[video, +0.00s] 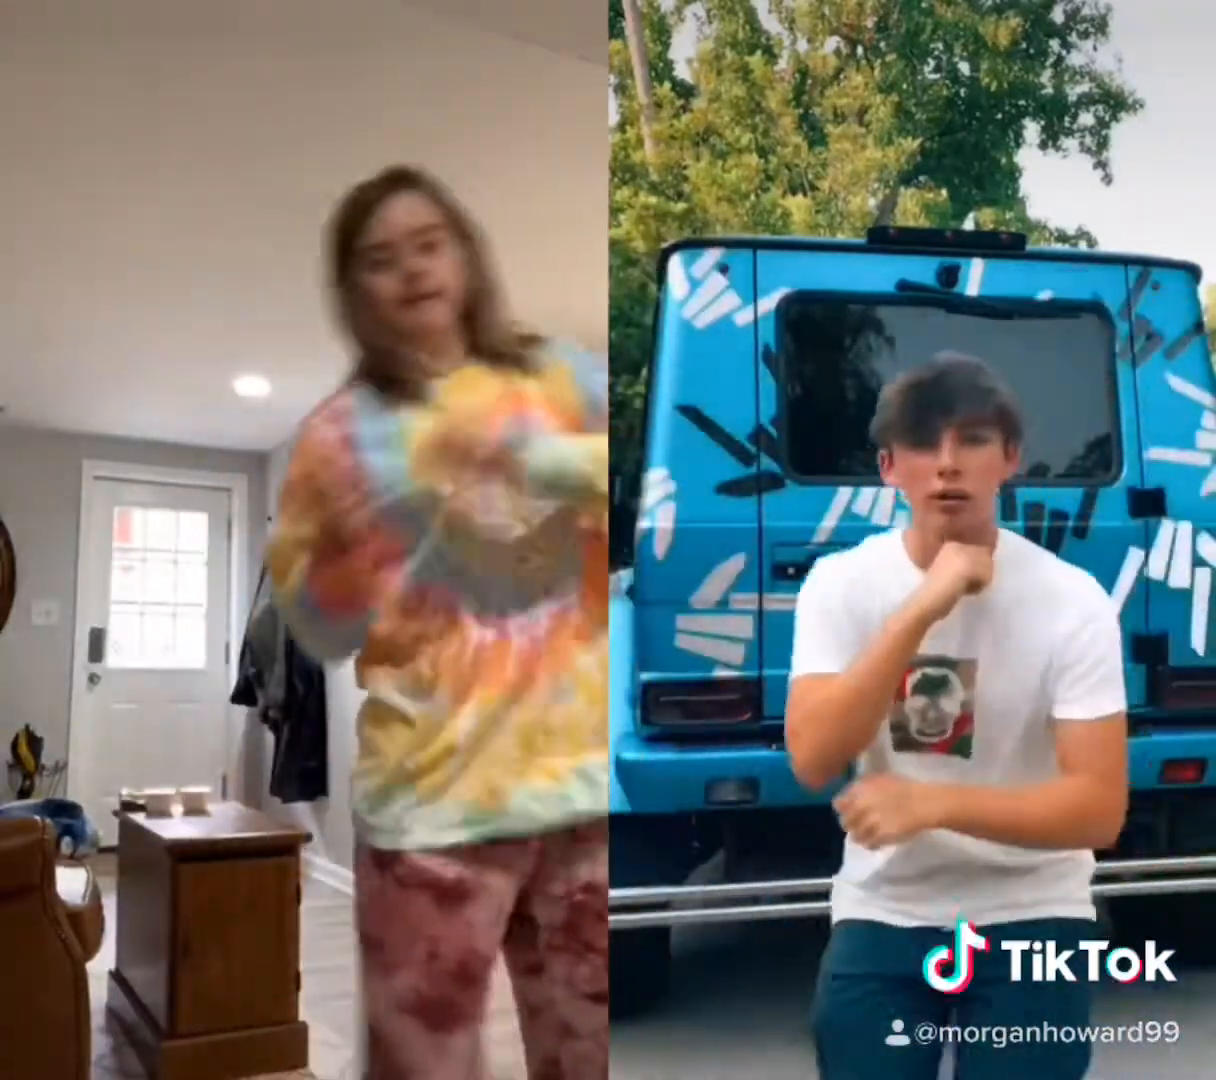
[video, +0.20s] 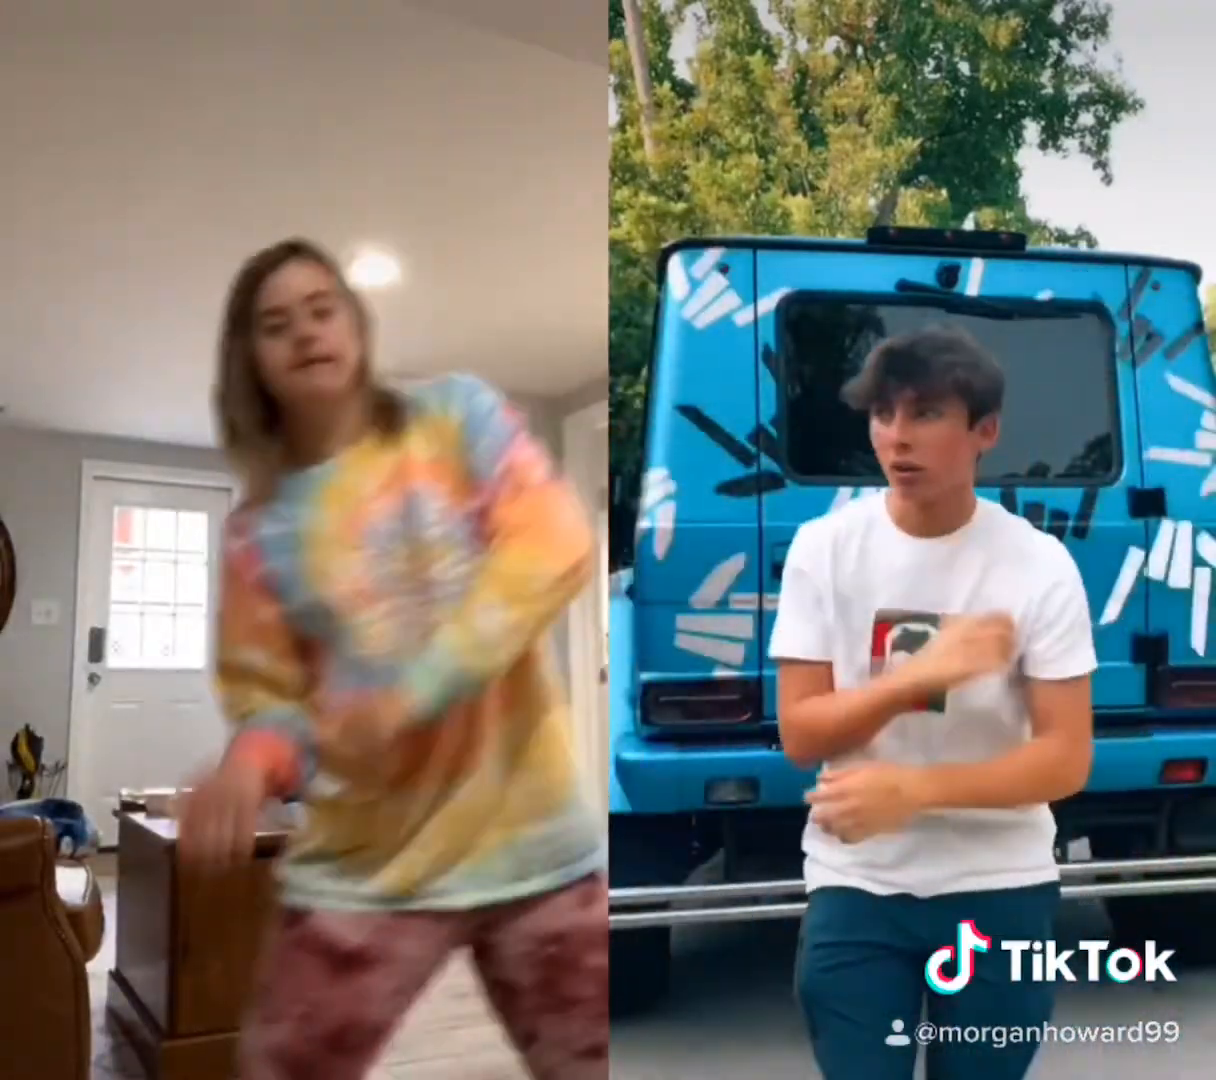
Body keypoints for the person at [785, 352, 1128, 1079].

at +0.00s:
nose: (949, 464)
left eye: (973, 440)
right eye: (925, 443)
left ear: (1010, 460)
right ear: (890, 468)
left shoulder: (1071, 603)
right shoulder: (839, 584)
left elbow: (1099, 809)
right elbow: (813, 762)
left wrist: (933, 803)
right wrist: (922, 608)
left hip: (1035, 912)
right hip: (884, 910)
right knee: (859, 1047)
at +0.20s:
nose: (897, 437)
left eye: (924, 415)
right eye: (885, 414)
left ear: (983, 432)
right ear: (868, 425)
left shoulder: (1038, 566)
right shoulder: (826, 548)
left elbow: (1066, 760)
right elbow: (801, 738)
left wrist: (913, 790)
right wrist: (917, 675)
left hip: (999, 887)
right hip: (857, 883)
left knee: (980, 1068)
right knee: (860, 1065)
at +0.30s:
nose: (873, 456)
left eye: (900, 435)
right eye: (871, 434)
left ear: (968, 458)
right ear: (861, 447)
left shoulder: (1037, 592)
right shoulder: (821, 577)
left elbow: (1108, 747)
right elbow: (796, 718)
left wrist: (1008, 823)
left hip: (990, 902)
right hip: (847, 890)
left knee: (974, 1065)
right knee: (827, 1065)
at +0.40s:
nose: (866, 459)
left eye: (895, 439)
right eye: (866, 439)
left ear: (961, 463)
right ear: (859, 452)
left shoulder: (1032, 583)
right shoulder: (812, 572)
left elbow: (1108, 700)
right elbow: (770, 679)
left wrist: (1113, 761)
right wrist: (690, 734)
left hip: (982, 878)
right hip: (843, 871)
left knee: (978, 1068)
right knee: (812, 1065)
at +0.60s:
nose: (834, 412)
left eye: (859, 397)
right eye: (836, 394)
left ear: (924, 417)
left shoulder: (996, 528)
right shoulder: (798, 516)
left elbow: (1016, 671)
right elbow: (767, 669)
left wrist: (1036, 695)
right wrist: (664, 651)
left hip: (958, 838)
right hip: (824, 841)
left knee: (955, 1061)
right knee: (824, 1063)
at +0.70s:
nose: (846, 432)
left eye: (872, 415)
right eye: (836, 413)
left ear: (922, 438)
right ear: (822, 426)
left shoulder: (977, 558)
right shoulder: (785, 554)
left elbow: (983, 723)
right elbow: (757, 723)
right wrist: (765, 675)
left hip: (947, 845)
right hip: (815, 852)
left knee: (946, 1059)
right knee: (828, 1065)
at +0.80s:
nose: (869, 452)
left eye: (889, 437)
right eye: (851, 436)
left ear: (918, 458)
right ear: (824, 457)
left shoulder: (964, 571)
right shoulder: (779, 574)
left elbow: (960, 719)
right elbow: (751, 710)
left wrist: (856, 613)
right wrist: (859, 624)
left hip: (938, 851)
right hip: (812, 862)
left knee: (951, 1058)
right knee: (828, 1068)